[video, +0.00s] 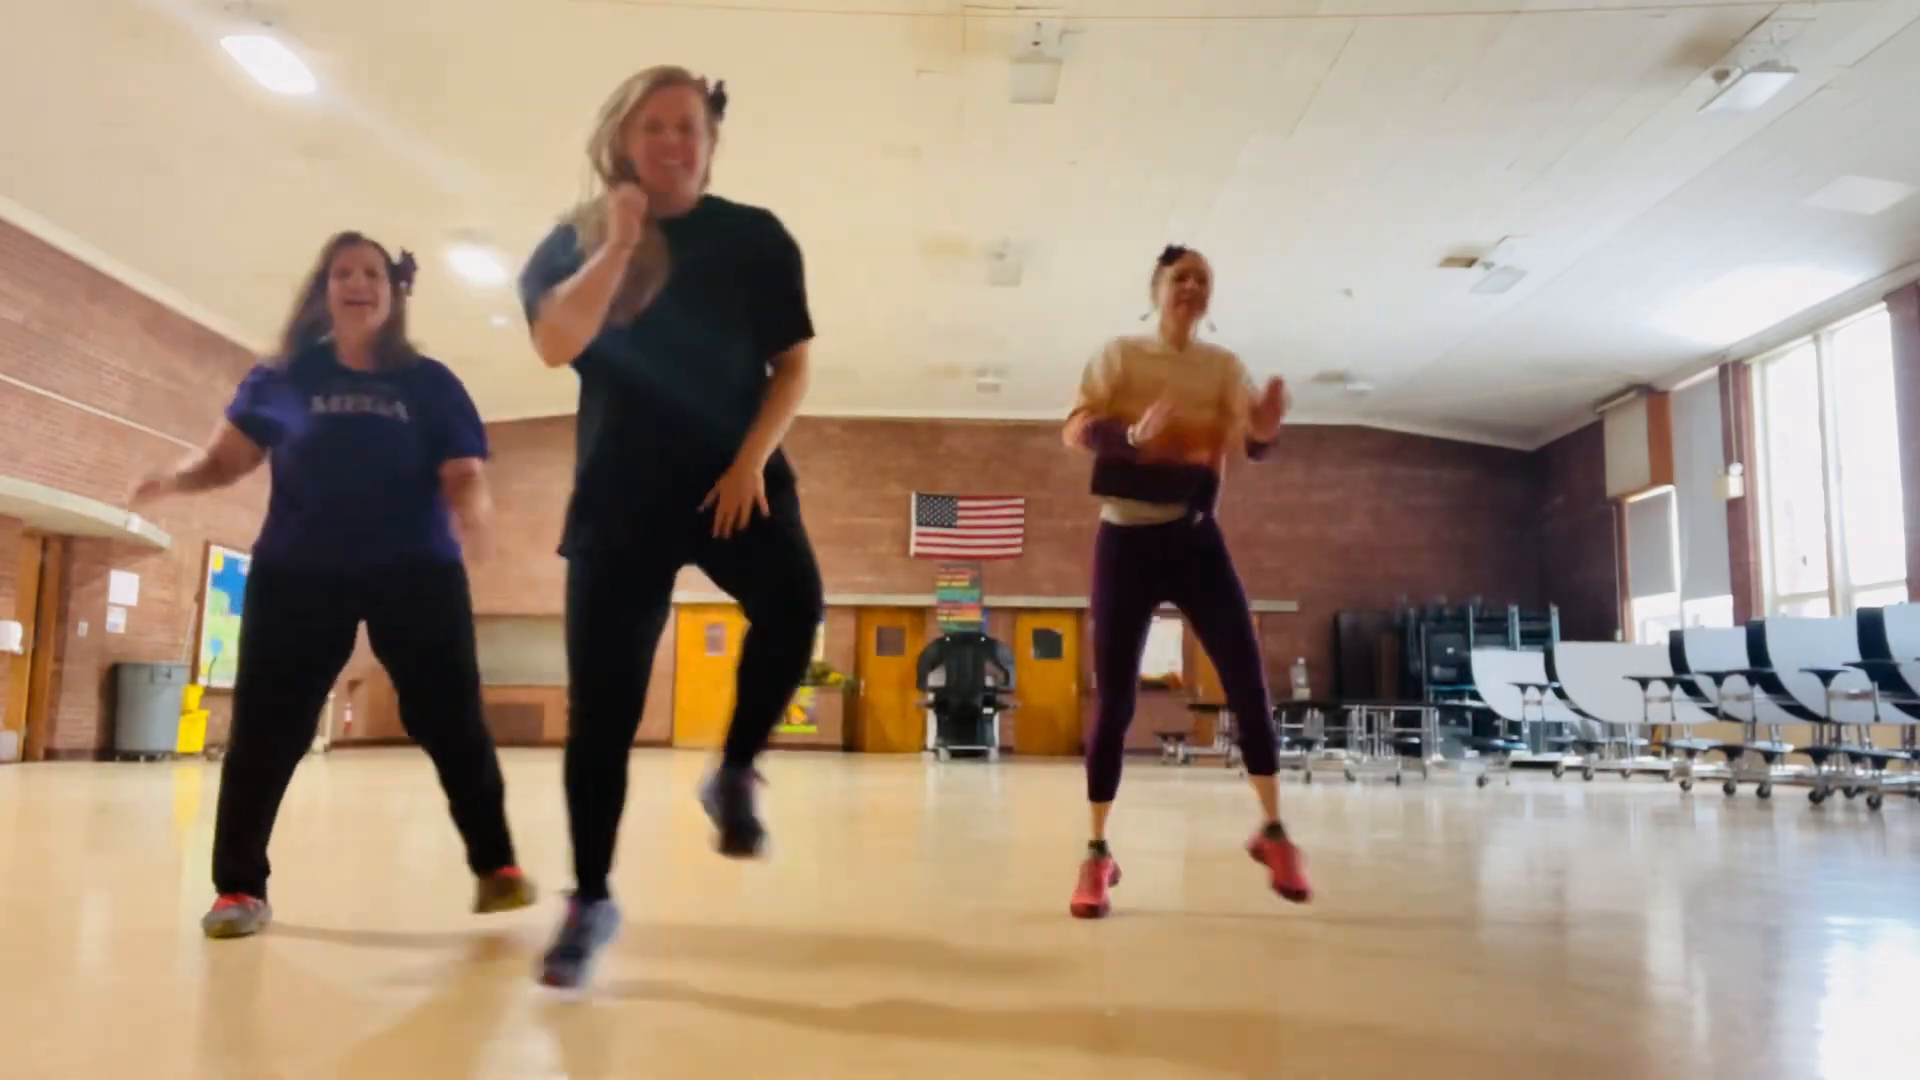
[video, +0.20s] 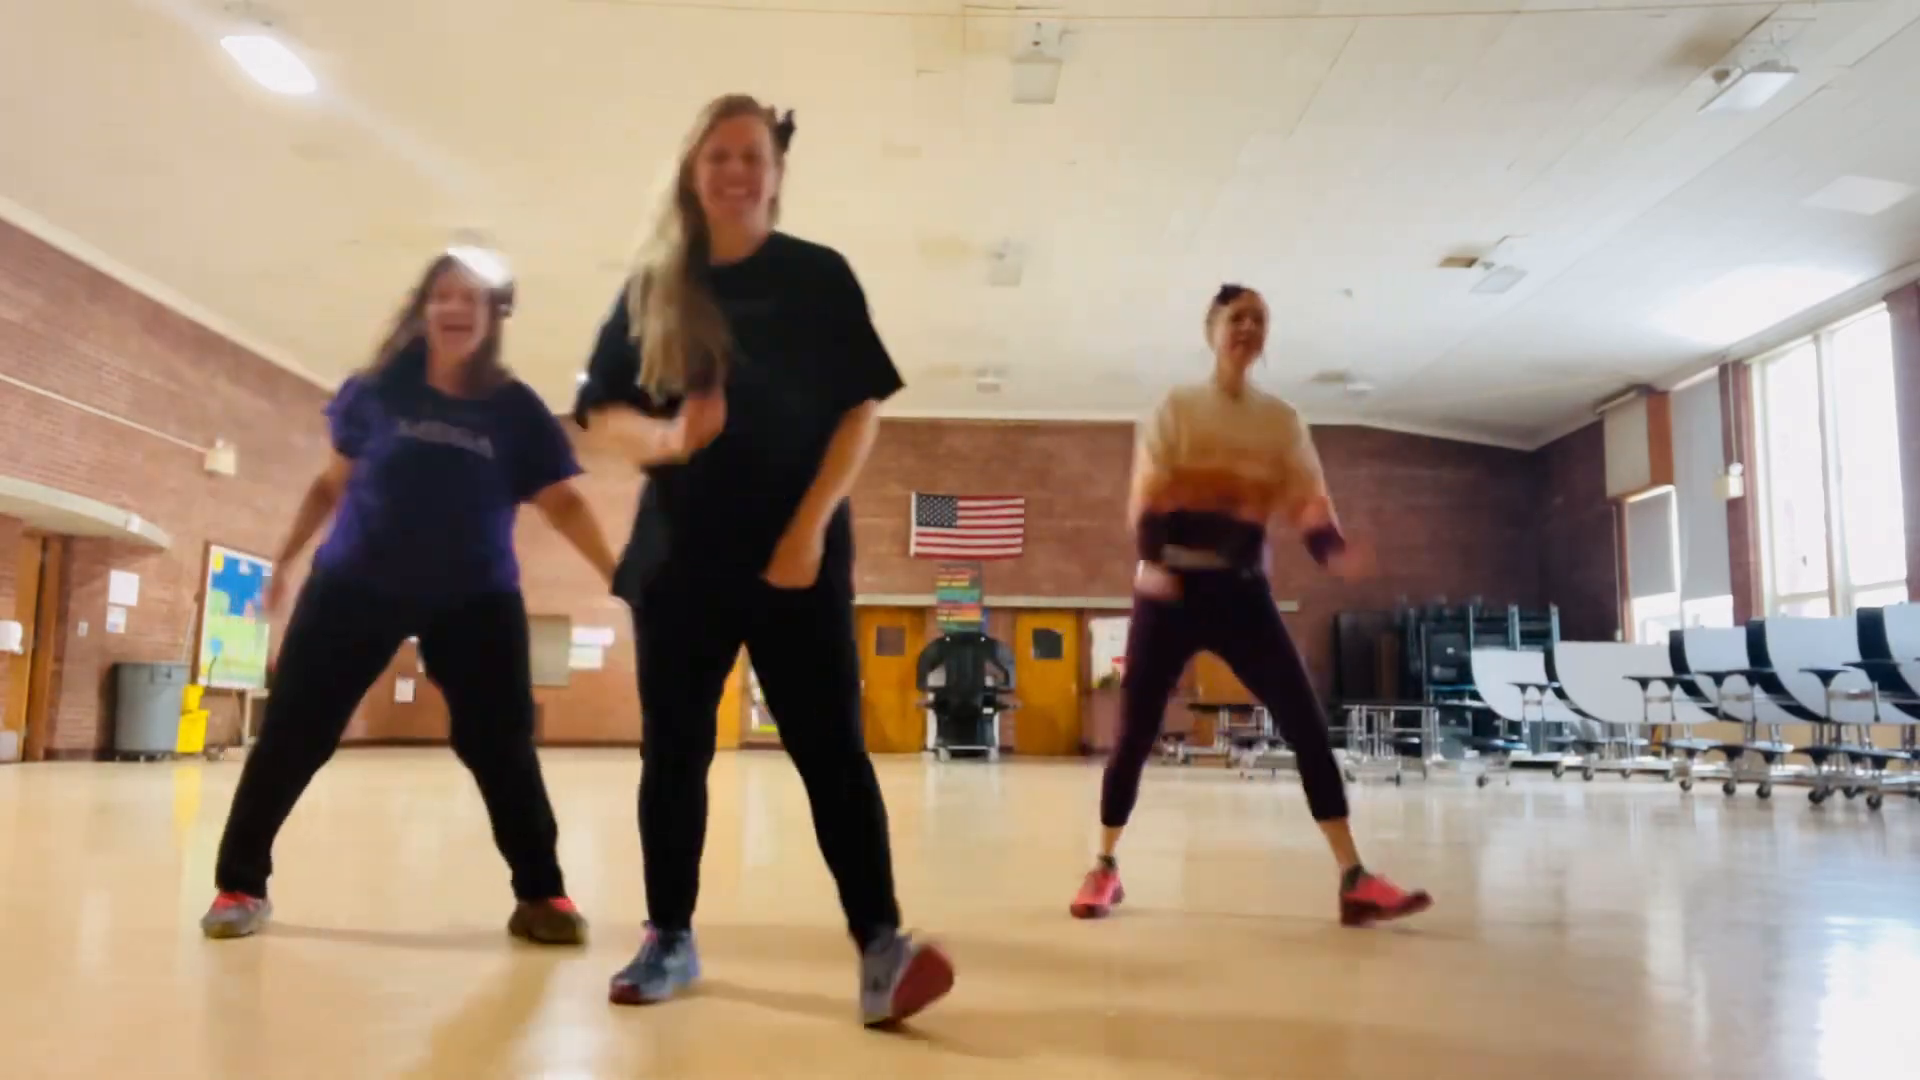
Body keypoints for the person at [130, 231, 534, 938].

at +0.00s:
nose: (357, 284)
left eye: (370, 274)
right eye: (344, 274)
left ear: (394, 293)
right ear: (320, 293)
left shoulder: (430, 382)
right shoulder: (282, 379)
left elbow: (465, 479)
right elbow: (224, 461)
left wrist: (472, 524)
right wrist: (172, 482)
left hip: (415, 574)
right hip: (301, 576)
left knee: (453, 721)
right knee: (265, 734)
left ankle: (496, 869)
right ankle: (239, 891)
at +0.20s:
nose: (451, 311)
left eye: (467, 301)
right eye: (441, 298)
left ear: (495, 316)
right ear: (421, 307)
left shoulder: (513, 409)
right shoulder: (374, 394)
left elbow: (564, 503)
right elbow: (330, 484)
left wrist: (622, 578)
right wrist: (284, 561)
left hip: (472, 597)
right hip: (359, 586)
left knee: (500, 745)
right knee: (294, 734)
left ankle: (541, 896)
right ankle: (240, 887)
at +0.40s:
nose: (540, 297)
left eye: (556, 288)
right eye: (531, 284)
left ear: (581, 309)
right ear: (511, 299)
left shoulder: (603, 404)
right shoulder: (465, 373)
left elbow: (661, 495)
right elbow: (413, 463)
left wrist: (692, 577)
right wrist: (359, 543)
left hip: (538, 589)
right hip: (435, 572)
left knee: (537, 738)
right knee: (388, 707)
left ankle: (542, 896)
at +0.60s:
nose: (583, 298)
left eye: (596, 290)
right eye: (572, 288)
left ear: (618, 309)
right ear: (552, 304)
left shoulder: (642, 404)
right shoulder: (509, 381)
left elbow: (668, 505)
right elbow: (457, 468)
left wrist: (693, 590)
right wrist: (420, 521)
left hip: (596, 591)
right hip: (503, 583)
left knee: (570, 738)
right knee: (521, 737)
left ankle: (544, 894)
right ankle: (584, 861)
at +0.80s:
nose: (592, 316)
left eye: (600, 305)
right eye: (577, 307)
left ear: (617, 316)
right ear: (553, 324)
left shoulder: (662, 402)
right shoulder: (531, 412)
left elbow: (696, 493)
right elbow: (485, 506)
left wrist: (730, 545)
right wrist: (503, 532)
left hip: (655, 594)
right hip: (560, 597)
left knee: (649, 735)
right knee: (566, 740)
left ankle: (625, 878)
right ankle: (593, 872)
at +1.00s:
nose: (625, 308)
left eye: (633, 296)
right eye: (609, 300)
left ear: (652, 309)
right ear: (589, 319)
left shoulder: (699, 394)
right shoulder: (564, 404)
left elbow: (734, 480)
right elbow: (528, 504)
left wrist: (763, 467)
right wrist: (553, 457)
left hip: (689, 583)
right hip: (592, 588)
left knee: (712, 726)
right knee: (587, 738)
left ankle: (742, 864)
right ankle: (599, 880)